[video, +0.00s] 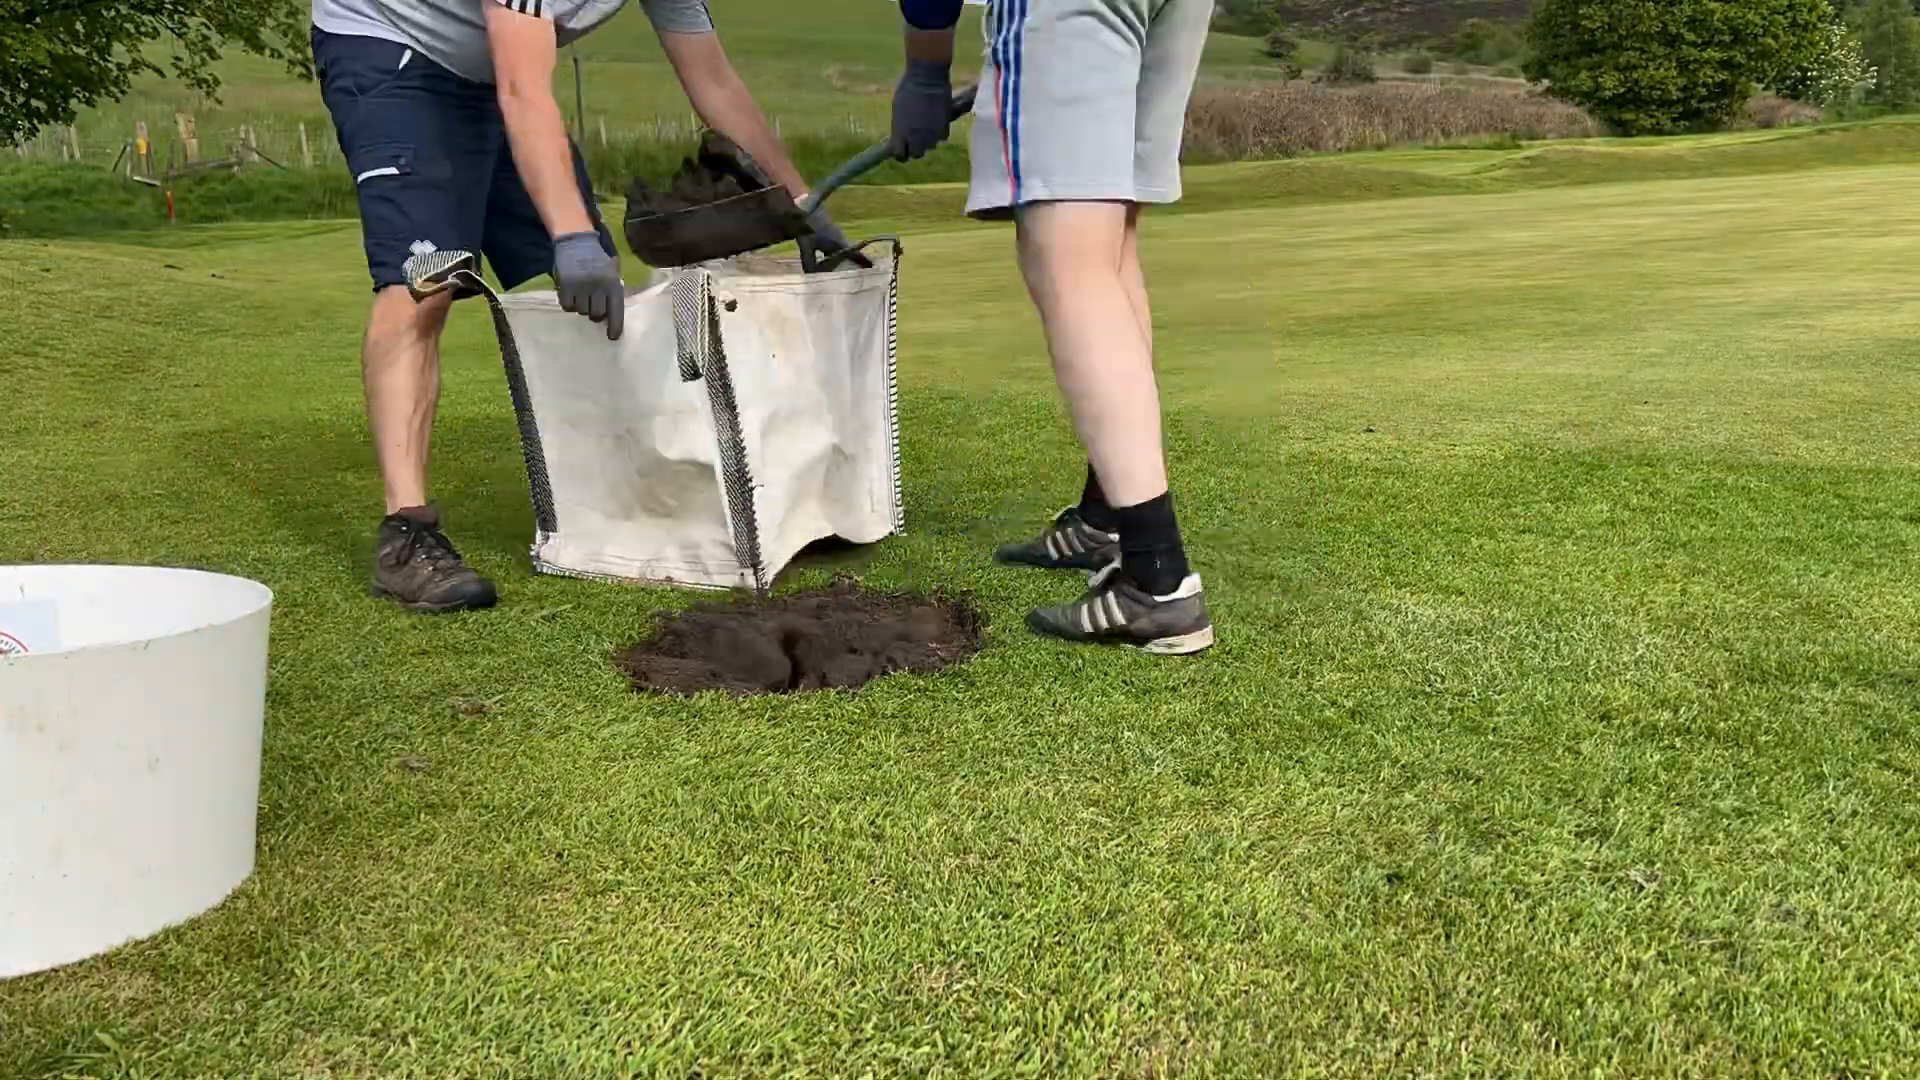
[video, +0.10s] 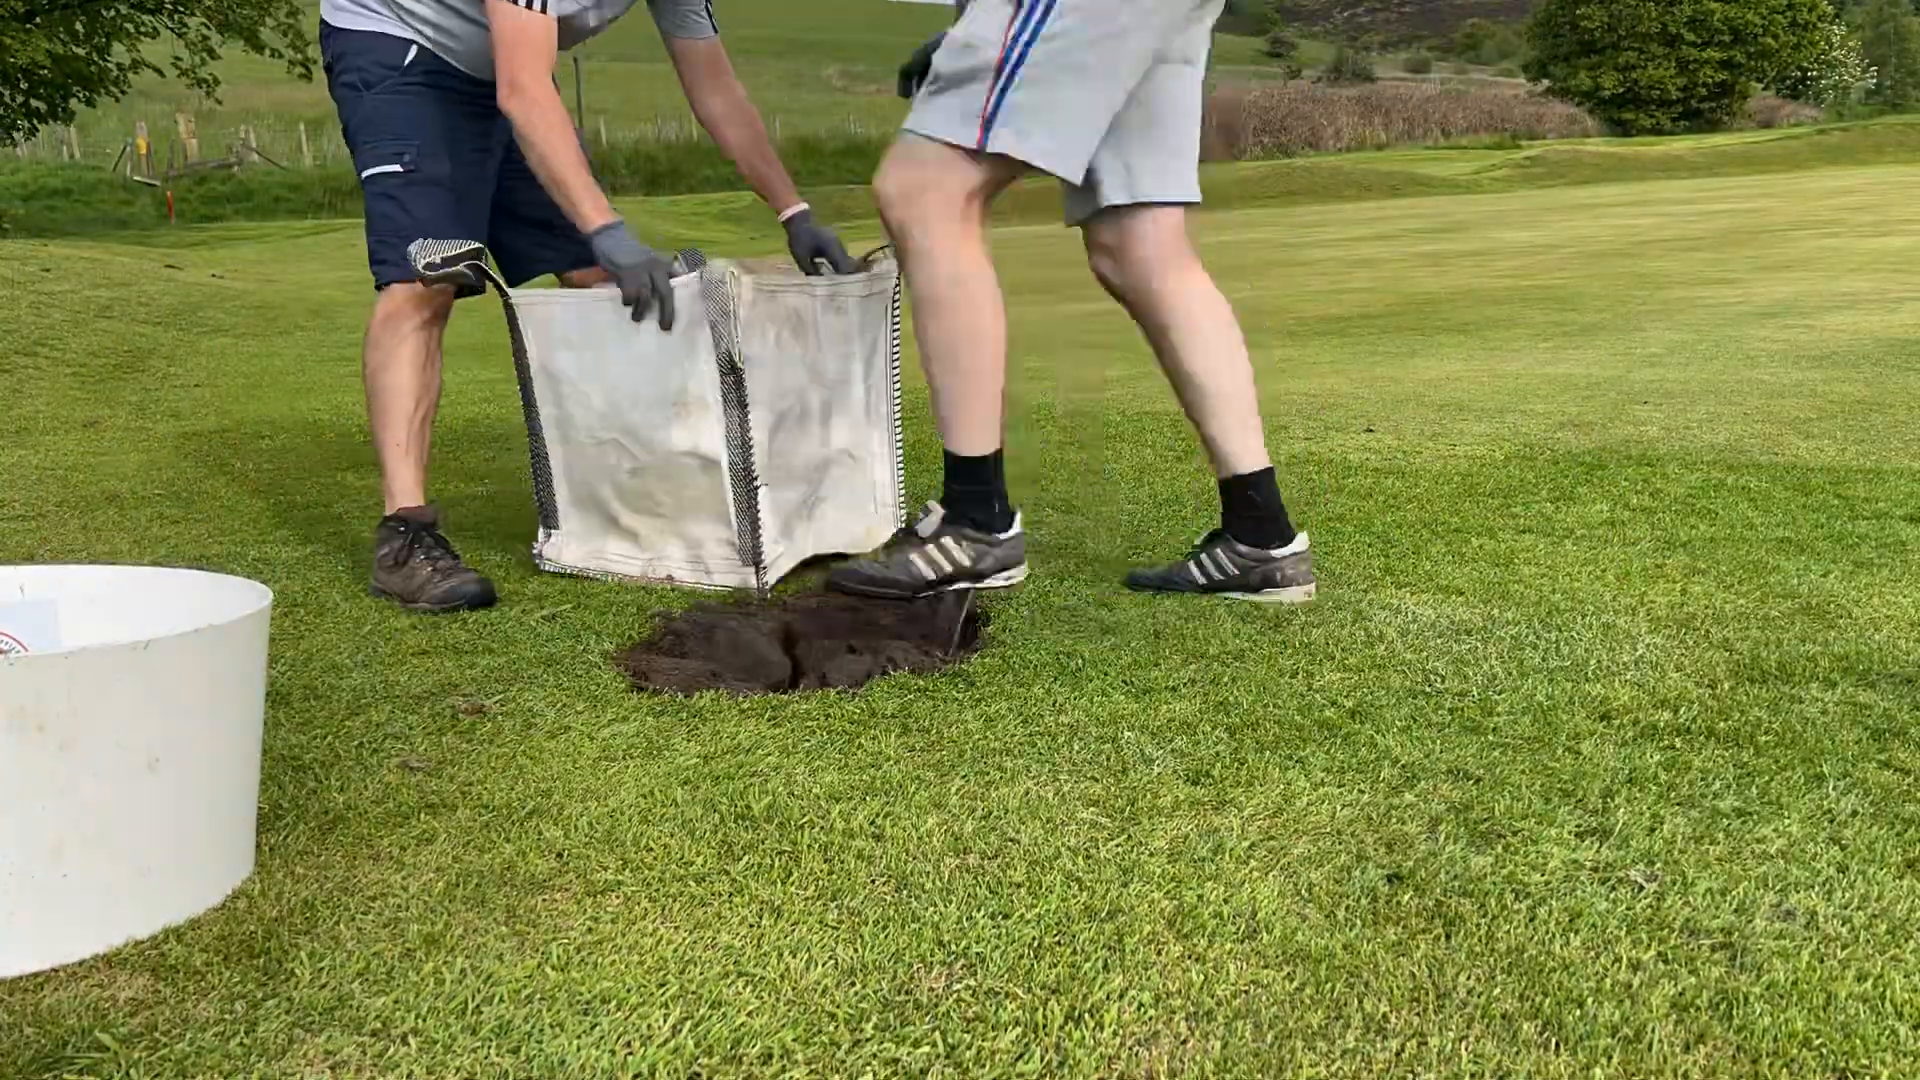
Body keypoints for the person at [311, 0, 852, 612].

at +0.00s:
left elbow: (714, 79)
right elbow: (523, 89)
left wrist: (805, 208)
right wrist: (575, 237)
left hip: (500, 62)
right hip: (389, 40)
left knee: (584, 271)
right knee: (423, 280)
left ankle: (615, 500)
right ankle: (407, 532)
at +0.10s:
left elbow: (715, 86)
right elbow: (523, 90)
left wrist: (796, 214)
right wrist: (608, 234)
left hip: (502, 61)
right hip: (396, 37)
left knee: (596, 271)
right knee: (425, 277)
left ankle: (632, 500)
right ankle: (406, 532)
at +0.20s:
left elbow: (736, 76)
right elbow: (550, 96)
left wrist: (830, 205)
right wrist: (637, 237)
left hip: (514, 60)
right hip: (399, 39)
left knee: (602, 269)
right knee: (423, 280)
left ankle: (639, 504)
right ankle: (407, 533)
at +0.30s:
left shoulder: (663, 2)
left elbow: (730, 82)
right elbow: (526, 96)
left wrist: (830, 195)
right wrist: (629, 231)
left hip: (500, 61)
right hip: (386, 44)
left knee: (599, 267)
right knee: (410, 282)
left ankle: (618, 497)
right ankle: (406, 533)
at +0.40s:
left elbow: (711, 82)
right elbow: (525, 86)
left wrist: (786, 167)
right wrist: (610, 230)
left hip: (497, 57)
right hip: (388, 35)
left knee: (589, 268)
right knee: (426, 277)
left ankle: (630, 502)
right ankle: (409, 535)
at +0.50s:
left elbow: (713, 83)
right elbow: (524, 92)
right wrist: (608, 239)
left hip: (501, 60)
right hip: (390, 37)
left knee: (587, 272)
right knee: (428, 277)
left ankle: (625, 507)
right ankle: (407, 535)